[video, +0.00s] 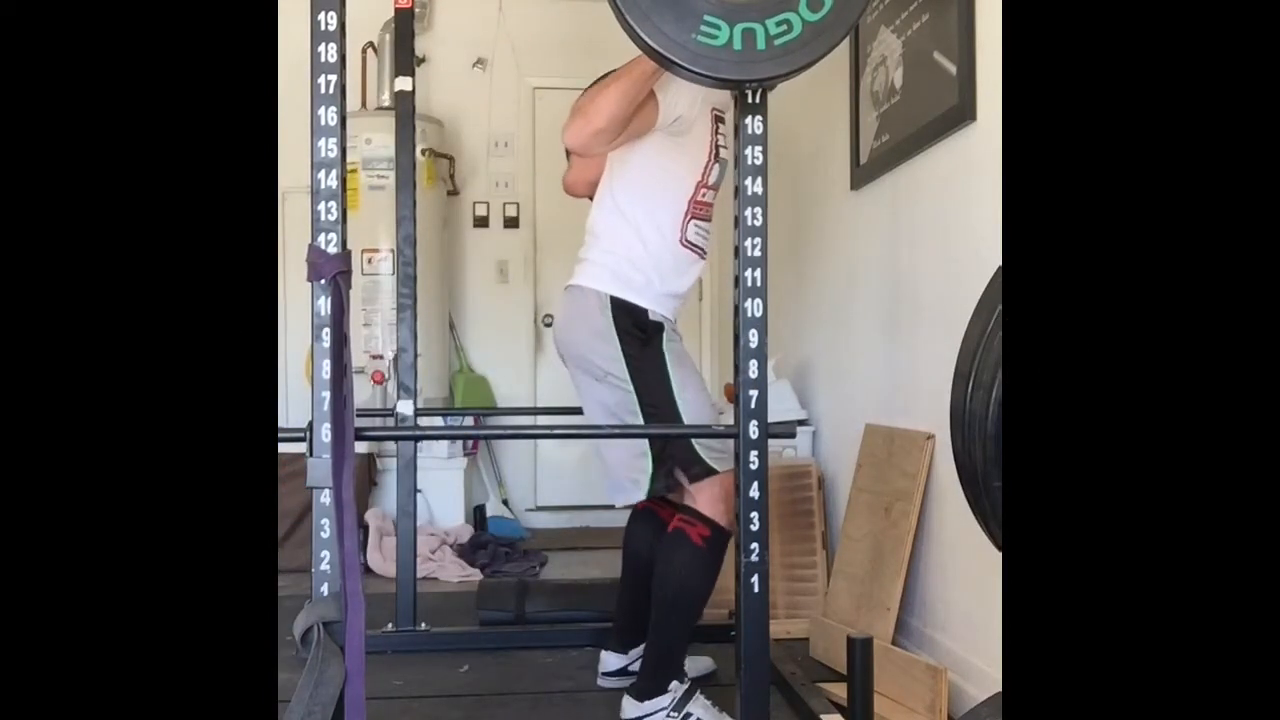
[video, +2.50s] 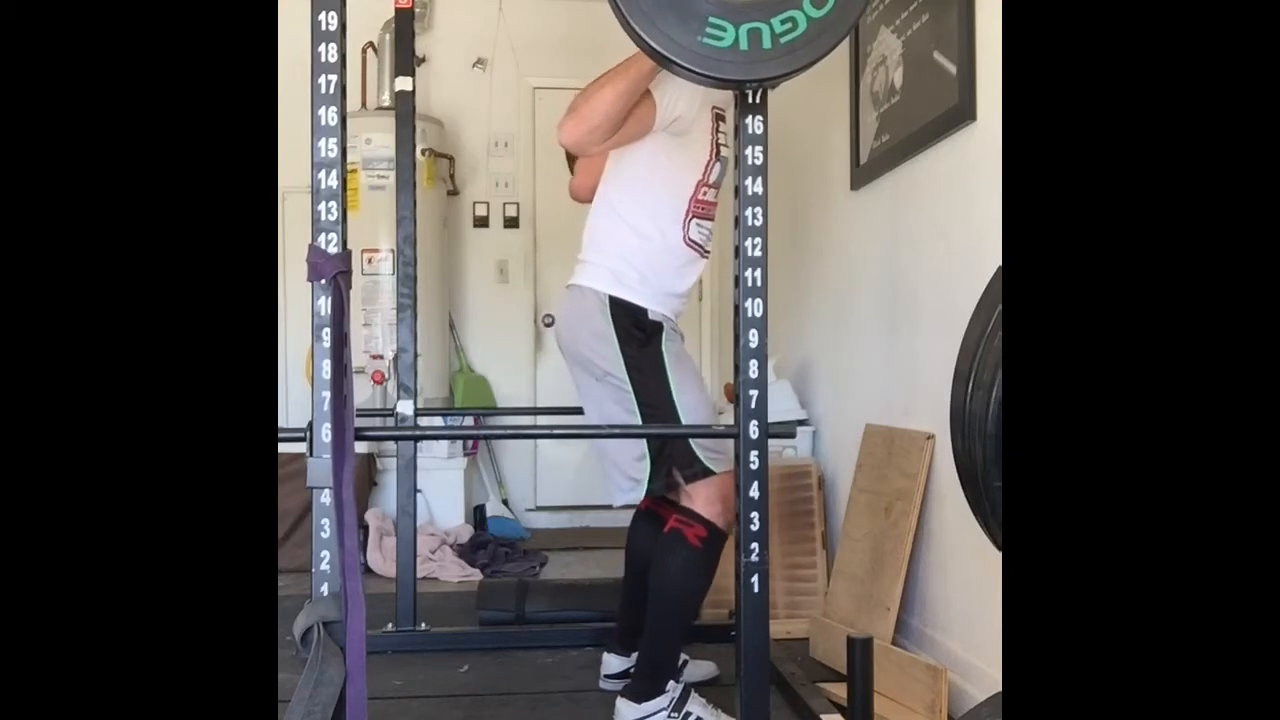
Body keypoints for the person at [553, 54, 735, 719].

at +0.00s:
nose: (756, 39)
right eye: (747, 27)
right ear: (717, 21)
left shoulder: (701, 99)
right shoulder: (676, 74)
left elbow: (577, 178)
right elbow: (579, 133)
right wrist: (662, 46)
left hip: (630, 311)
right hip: (617, 312)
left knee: (672, 485)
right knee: (713, 491)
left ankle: (626, 652)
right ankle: (655, 694)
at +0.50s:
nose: (760, 46)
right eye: (751, 34)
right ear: (721, 27)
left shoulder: (700, 102)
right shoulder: (681, 79)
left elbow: (579, 174)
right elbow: (572, 124)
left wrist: (679, 174)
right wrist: (657, 49)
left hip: (631, 310)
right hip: (619, 310)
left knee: (678, 485)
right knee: (711, 492)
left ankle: (628, 647)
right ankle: (652, 693)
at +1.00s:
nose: (765, 49)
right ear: (729, 31)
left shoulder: (703, 104)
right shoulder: (684, 77)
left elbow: (575, 167)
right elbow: (566, 114)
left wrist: (667, 176)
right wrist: (654, 43)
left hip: (633, 309)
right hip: (616, 309)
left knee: (672, 484)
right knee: (709, 492)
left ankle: (627, 651)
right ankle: (650, 695)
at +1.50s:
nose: (759, 49)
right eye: (751, 35)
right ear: (721, 31)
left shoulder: (695, 105)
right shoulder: (680, 79)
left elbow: (575, 168)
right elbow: (567, 120)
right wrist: (652, 46)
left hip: (626, 306)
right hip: (609, 306)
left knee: (667, 481)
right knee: (704, 486)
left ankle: (628, 650)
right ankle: (651, 694)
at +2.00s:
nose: (764, 46)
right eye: (754, 32)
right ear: (724, 27)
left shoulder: (703, 100)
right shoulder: (683, 78)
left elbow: (579, 174)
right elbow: (572, 125)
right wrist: (657, 47)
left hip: (628, 307)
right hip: (614, 307)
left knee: (671, 486)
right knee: (707, 488)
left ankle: (630, 654)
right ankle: (650, 693)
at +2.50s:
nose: (768, 46)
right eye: (759, 33)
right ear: (729, 28)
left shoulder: (707, 101)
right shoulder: (685, 78)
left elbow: (584, 181)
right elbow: (575, 131)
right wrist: (657, 47)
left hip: (630, 309)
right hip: (618, 310)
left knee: (672, 488)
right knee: (711, 494)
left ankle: (629, 655)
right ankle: (651, 694)